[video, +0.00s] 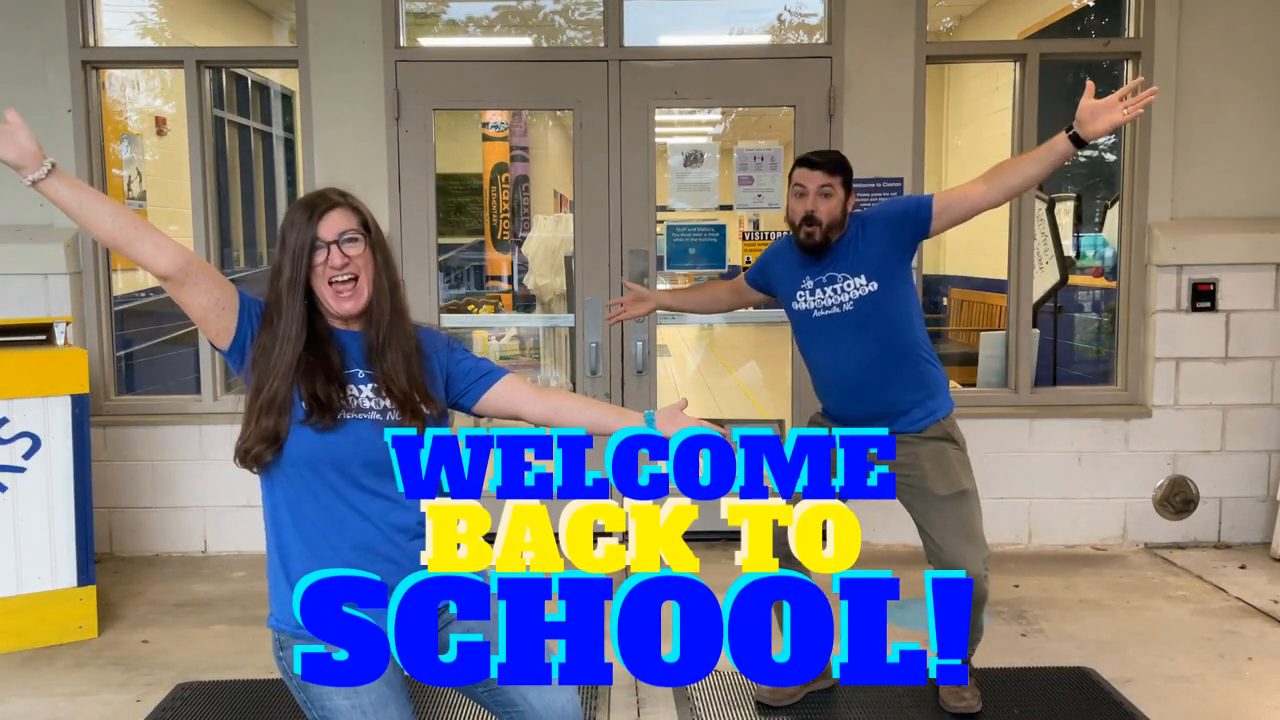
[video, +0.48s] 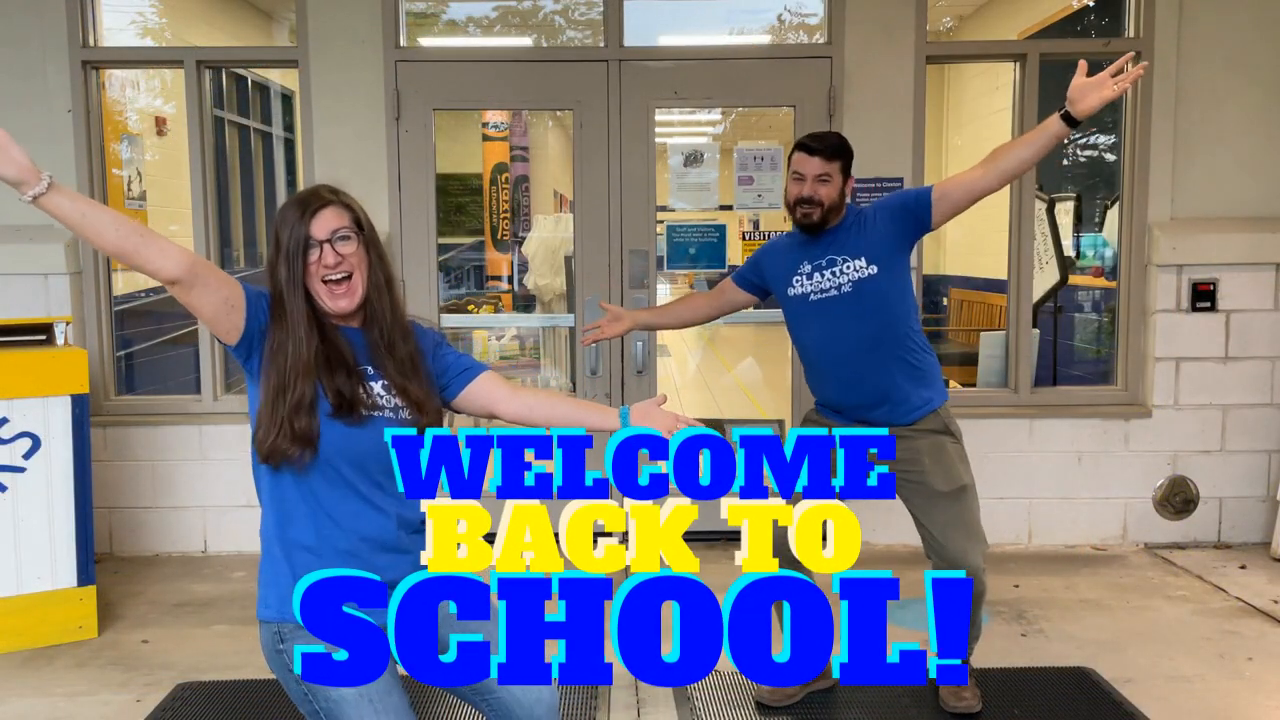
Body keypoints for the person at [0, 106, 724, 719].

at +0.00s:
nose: (339, 259)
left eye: (352, 242)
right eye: (321, 248)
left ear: (377, 255)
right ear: (298, 267)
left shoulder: (421, 351)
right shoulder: (271, 340)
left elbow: (539, 400)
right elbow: (164, 260)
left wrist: (654, 429)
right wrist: (38, 171)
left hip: (439, 601)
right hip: (329, 617)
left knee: (556, 688)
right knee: (373, 709)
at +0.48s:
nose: (331, 257)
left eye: (343, 241)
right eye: (313, 248)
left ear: (371, 250)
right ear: (292, 266)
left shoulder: (412, 347)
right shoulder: (271, 333)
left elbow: (516, 400)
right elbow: (167, 264)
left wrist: (626, 420)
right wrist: (40, 188)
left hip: (421, 595)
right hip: (317, 609)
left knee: (538, 691)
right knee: (382, 711)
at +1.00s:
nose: (327, 252)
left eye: (342, 234)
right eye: (309, 241)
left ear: (372, 247)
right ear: (290, 261)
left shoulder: (418, 337)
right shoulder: (271, 330)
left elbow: (528, 389)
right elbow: (176, 250)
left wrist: (647, 416)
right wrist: (55, 158)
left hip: (422, 589)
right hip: (312, 600)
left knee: (530, 687)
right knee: (365, 707)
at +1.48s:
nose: (331, 242)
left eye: (345, 224)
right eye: (313, 231)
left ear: (376, 235)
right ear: (293, 251)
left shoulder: (429, 319)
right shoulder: (275, 319)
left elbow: (541, 379)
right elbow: (169, 258)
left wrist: (663, 407)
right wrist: (42, 175)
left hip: (432, 571)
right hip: (318, 580)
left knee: (536, 680)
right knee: (359, 708)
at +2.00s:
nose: (378, 197)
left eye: (395, 186)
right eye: (361, 188)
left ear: (422, 214)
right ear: (339, 217)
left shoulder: (469, 308)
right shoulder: (297, 297)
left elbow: (566, 398)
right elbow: (155, 342)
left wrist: (671, 471)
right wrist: (12, 369)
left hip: (458, 557)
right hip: (332, 570)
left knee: (550, 686)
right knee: (354, 712)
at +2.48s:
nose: (517, 181)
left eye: (537, 166)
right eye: (503, 172)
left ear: (577, 184)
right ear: (489, 198)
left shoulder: (639, 298)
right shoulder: (486, 296)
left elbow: (683, 440)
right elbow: (446, 410)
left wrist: (704, 578)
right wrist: (400, 521)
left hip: (612, 565)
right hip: (479, 560)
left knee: (645, 711)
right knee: (433, 710)